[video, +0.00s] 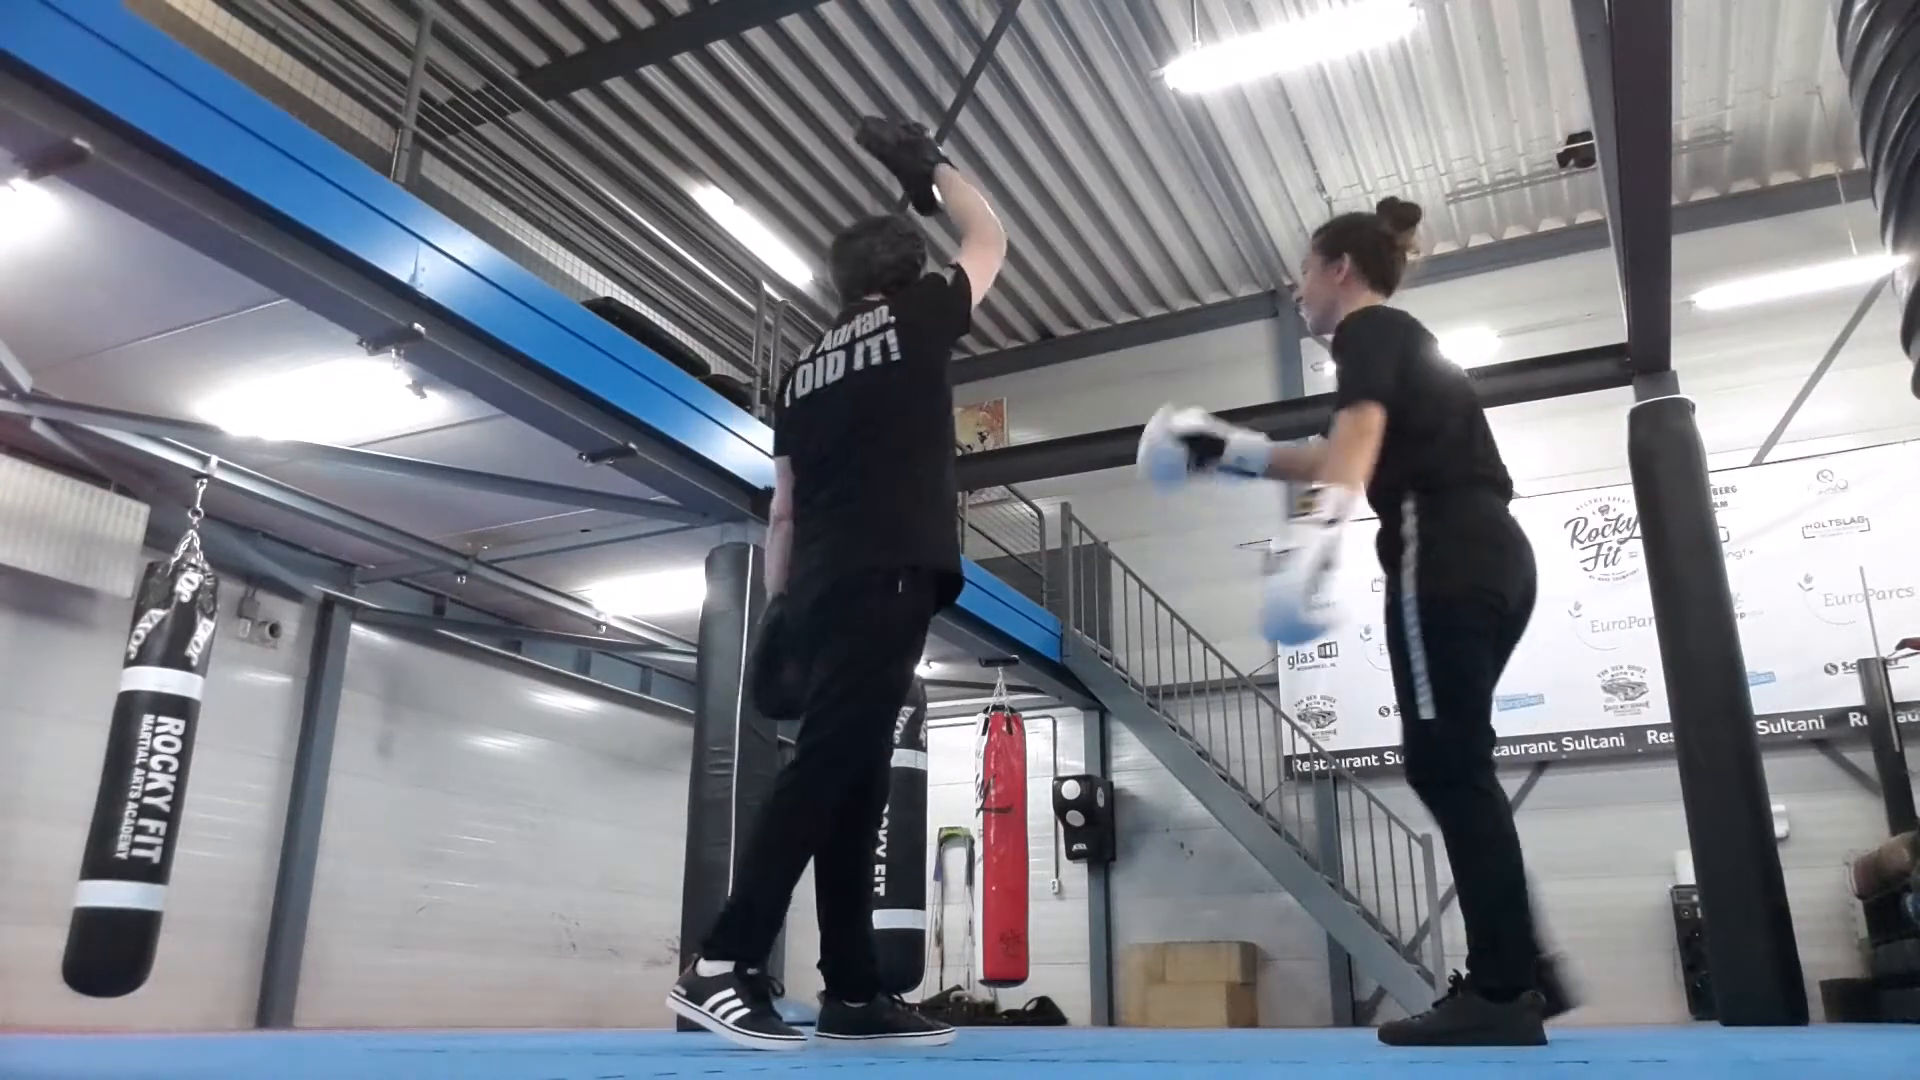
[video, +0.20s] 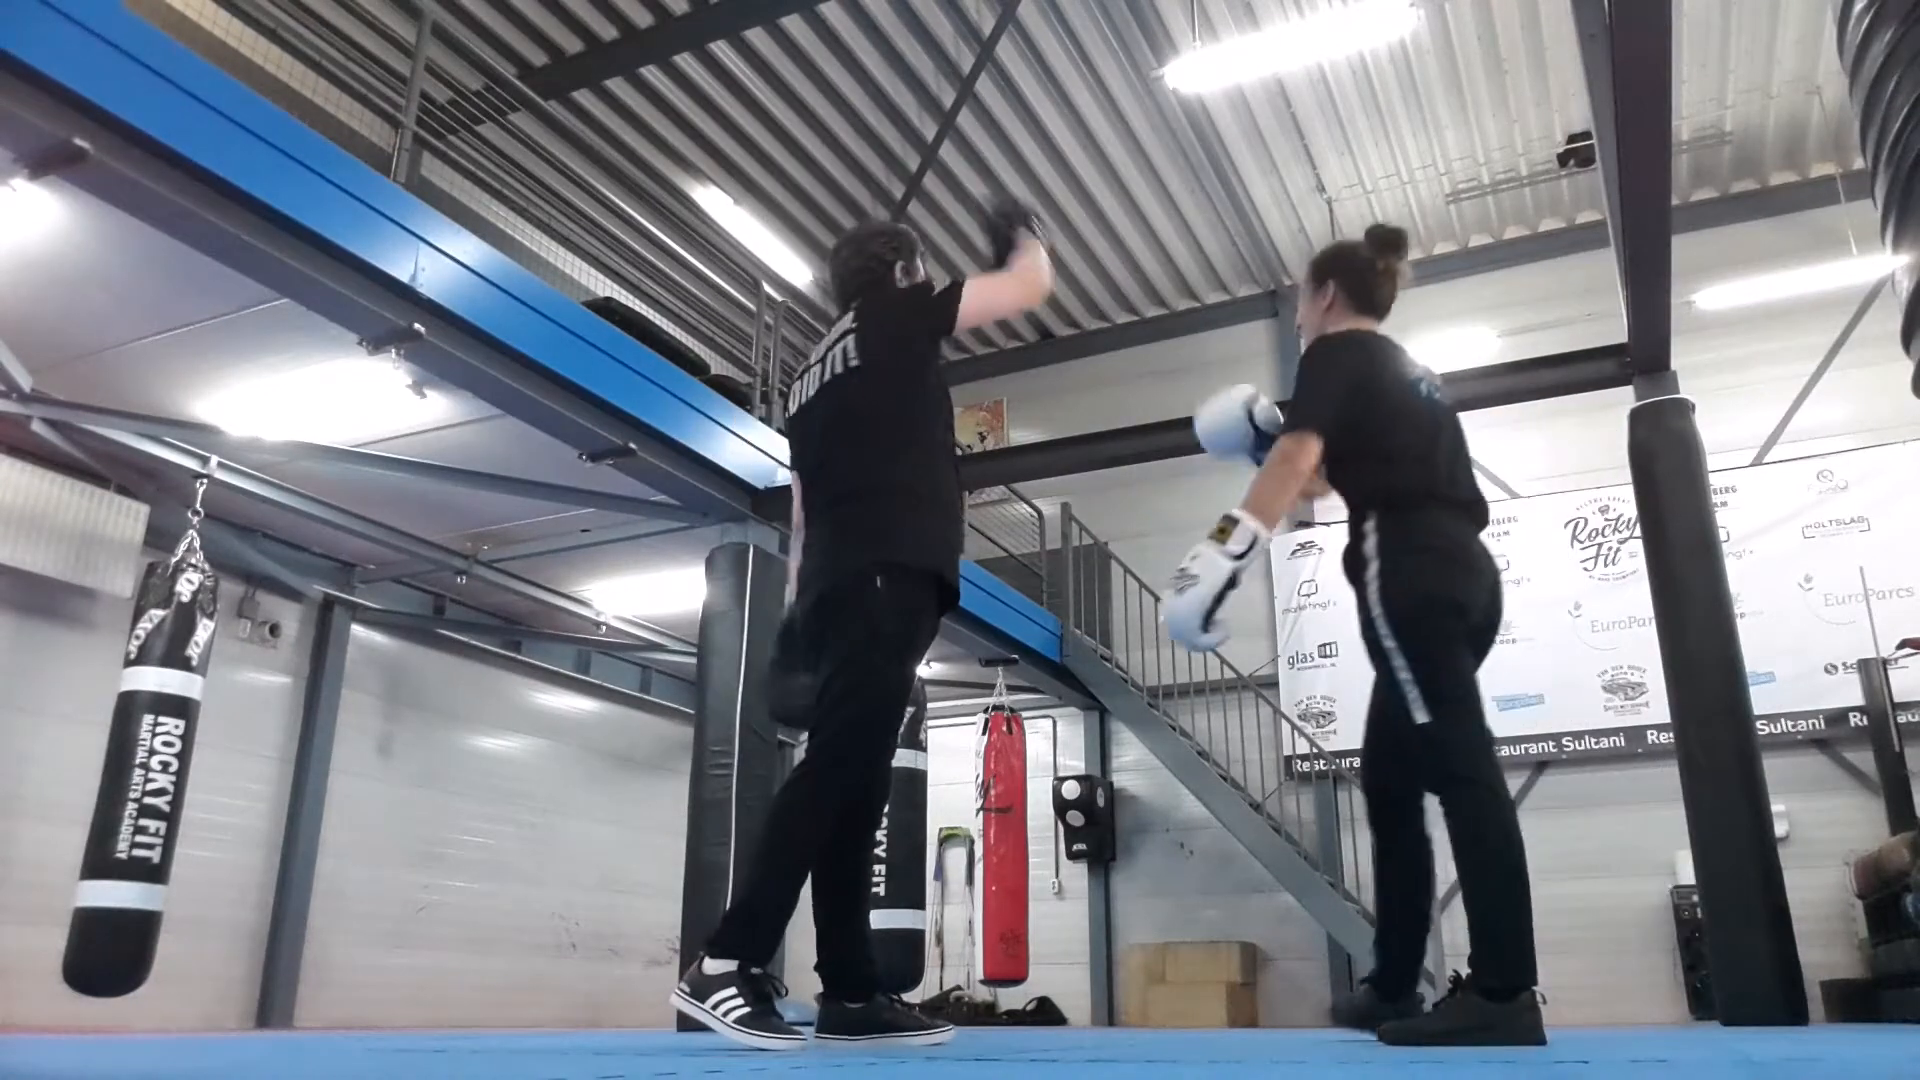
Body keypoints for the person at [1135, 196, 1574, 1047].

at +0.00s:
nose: (1297, 289)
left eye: (1304, 272)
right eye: (1299, 275)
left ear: (1342, 270)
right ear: (1367, 274)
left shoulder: (1368, 329)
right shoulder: (1400, 343)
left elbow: (1361, 435)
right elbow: (1345, 461)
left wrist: (1321, 532)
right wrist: (1240, 452)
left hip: (1442, 554)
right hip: (1487, 551)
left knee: (1446, 763)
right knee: (1450, 761)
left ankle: (1502, 989)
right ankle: (1522, 971)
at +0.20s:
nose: (1297, 314)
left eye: (1300, 300)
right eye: (1299, 301)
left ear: (1325, 295)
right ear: (1374, 302)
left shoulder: (1332, 355)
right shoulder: (1403, 367)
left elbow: (1297, 456)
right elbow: (1354, 453)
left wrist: (1227, 550)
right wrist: (1276, 423)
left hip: (1401, 565)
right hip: (1465, 566)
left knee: (1463, 773)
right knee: (1391, 777)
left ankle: (1503, 993)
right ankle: (1395, 986)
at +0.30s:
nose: (1298, 330)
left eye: (1300, 317)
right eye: (1300, 318)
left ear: (1321, 313)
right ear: (1367, 320)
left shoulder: (1321, 372)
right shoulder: (1401, 390)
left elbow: (1282, 476)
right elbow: (1360, 504)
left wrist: (1216, 561)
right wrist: (1271, 505)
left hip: (1383, 579)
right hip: (1445, 583)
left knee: (1441, 779)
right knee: (1370, 784)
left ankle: (1500, 994)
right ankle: (1389, 991)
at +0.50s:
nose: (1283, 351)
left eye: (1284, 342)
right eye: (1285, 343)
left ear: (1299, 338)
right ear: (1354, 344)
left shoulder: (1302, 388)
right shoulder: (1393, 411)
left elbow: (1281, 485)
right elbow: (1404, 519)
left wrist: (1224, 576)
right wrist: (1329, 568)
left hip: (1350, 592)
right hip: (1418, 592)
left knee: (1347, 784)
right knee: (1376, 791)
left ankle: (1460, 947)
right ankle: (1392, 984)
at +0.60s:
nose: (1277, 367)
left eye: (1275, 358)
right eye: (1279, 360)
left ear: (1289, 353)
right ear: (1344, 355)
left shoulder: (1295, 396)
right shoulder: (1387, 421)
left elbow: (1283, 481)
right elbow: (1396, 535)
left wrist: (1230, 578)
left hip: (1337, 599)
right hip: (1407, 603)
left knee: (1293, 783)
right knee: (1375, 794)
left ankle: (1415, 922)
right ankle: (1393, 998)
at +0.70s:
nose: (1267, 381)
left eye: (1266, 372)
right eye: (1270, 372)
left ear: (1278, 366)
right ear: (1331, 365)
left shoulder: (1285, 407)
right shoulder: (1380, 437)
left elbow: (1279, 480)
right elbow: (1425, 535)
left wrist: (1231, 571)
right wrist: (1473, 616)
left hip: (1320, 610)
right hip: (1395, 617)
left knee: (1260, 780)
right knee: (1374, 802)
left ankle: (1353, 940)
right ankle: (1393, 1001)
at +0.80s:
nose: (1253, 395)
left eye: (1253, 386)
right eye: (1254, 387)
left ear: (1265, 378)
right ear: (1318, 379)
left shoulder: (1272, 414)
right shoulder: (1368, 445)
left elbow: (1268, 477)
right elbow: (1430, 523)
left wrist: (1229, 560)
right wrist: (1498, 592)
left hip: (1306, 613)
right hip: (1382, 622)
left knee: (1247, 785)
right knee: (1371, 806)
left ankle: (1288, 977)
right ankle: (1394, 1001)